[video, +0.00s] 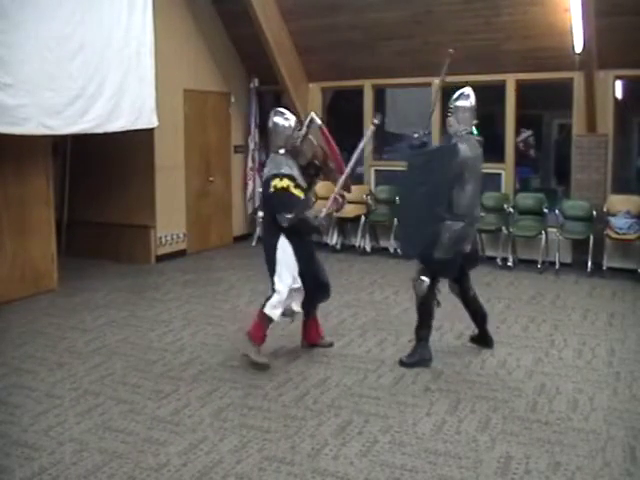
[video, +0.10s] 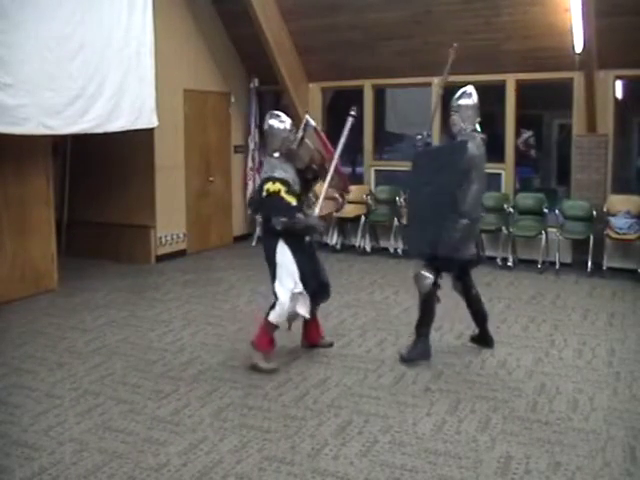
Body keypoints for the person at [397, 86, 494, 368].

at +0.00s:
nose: (449, 118)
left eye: (454, 114)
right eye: (451, 113)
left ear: (464, 118)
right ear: (467, 119)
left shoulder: (460, 149)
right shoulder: (472, 146)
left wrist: (418, 153)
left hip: (449, 224)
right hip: (464, 222)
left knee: (424, 281)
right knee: (460, 282)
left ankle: (422, 347)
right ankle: (483, 332)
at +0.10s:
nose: (454, 118)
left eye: (460, 113)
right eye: (454, 113)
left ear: (471, 116)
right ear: (452, 115)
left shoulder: (469, 147)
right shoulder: (460, 144)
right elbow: (436, 171)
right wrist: (423, 152)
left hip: (450, 225)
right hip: (459, 224)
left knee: (426, 280)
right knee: (464, 281)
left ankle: (421, 342)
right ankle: (484, 333)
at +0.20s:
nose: (453, 117)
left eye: (457, 112)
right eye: (454, 112)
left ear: (466, 114)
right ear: (470, 116)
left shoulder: (466, 145)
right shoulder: (473, 141)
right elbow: (446, 167)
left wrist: (423, 150)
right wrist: (430, 151)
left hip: (454, 221)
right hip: (465, 220)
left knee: (433, 278)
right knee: (465, 280)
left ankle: (421, 341)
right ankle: (484, 333)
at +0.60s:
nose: (432, 115)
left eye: (438, 110)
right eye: (431, 110)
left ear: (451, 114)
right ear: (429, 112)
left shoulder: (456, 146)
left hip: (440, 224)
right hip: (455, 223)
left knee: (423, 280)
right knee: (467, 279)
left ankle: (422, 342)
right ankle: (485, 333)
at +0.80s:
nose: (418, 111)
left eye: (423, 105)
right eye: (416, 105)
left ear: (434, 107)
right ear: (413, 108)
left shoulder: (436, 144)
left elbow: (451, 193)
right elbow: (399, 194)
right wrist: (399, 229)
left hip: (430, 223)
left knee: (415, 278)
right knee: (434, 274)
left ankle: (421, 342)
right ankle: (466, 319)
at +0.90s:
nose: (407, 110)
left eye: (413, 104)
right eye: (407, 104)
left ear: (423, 107)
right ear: (406, 107)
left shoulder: (432, 143)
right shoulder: (412, 140)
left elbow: (440, 191)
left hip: (429, 220)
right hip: (415, 219)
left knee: (414, 276)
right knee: (418, 272)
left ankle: (421, 340)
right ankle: (444, 318)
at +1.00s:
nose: (400, 109)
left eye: (404, 103)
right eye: (399, 103)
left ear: (413, 107)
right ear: (399, 107)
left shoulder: (424, 143)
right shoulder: (406, 140)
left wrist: (380, 167)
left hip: (422, 222)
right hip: (408, 220)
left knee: (412, 276)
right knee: (396, 273)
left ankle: (419, 341)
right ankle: (416, 331)